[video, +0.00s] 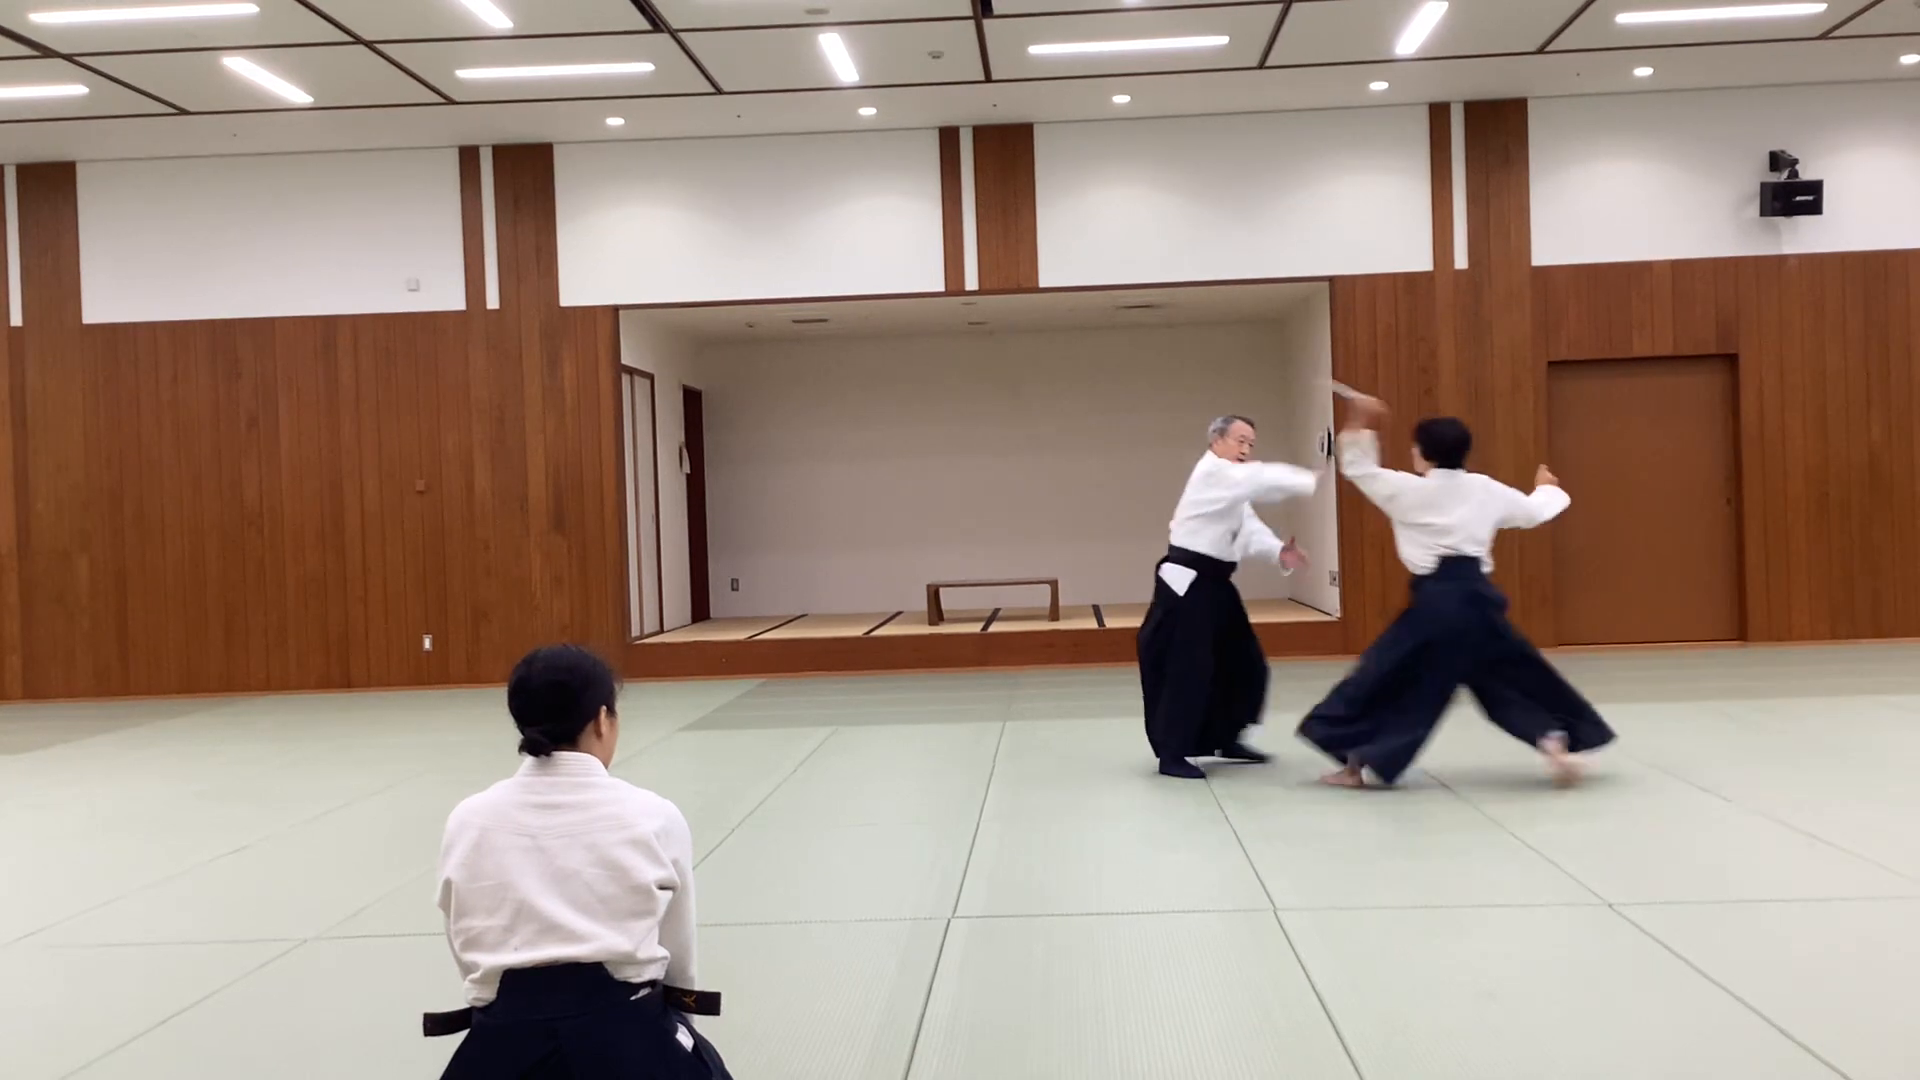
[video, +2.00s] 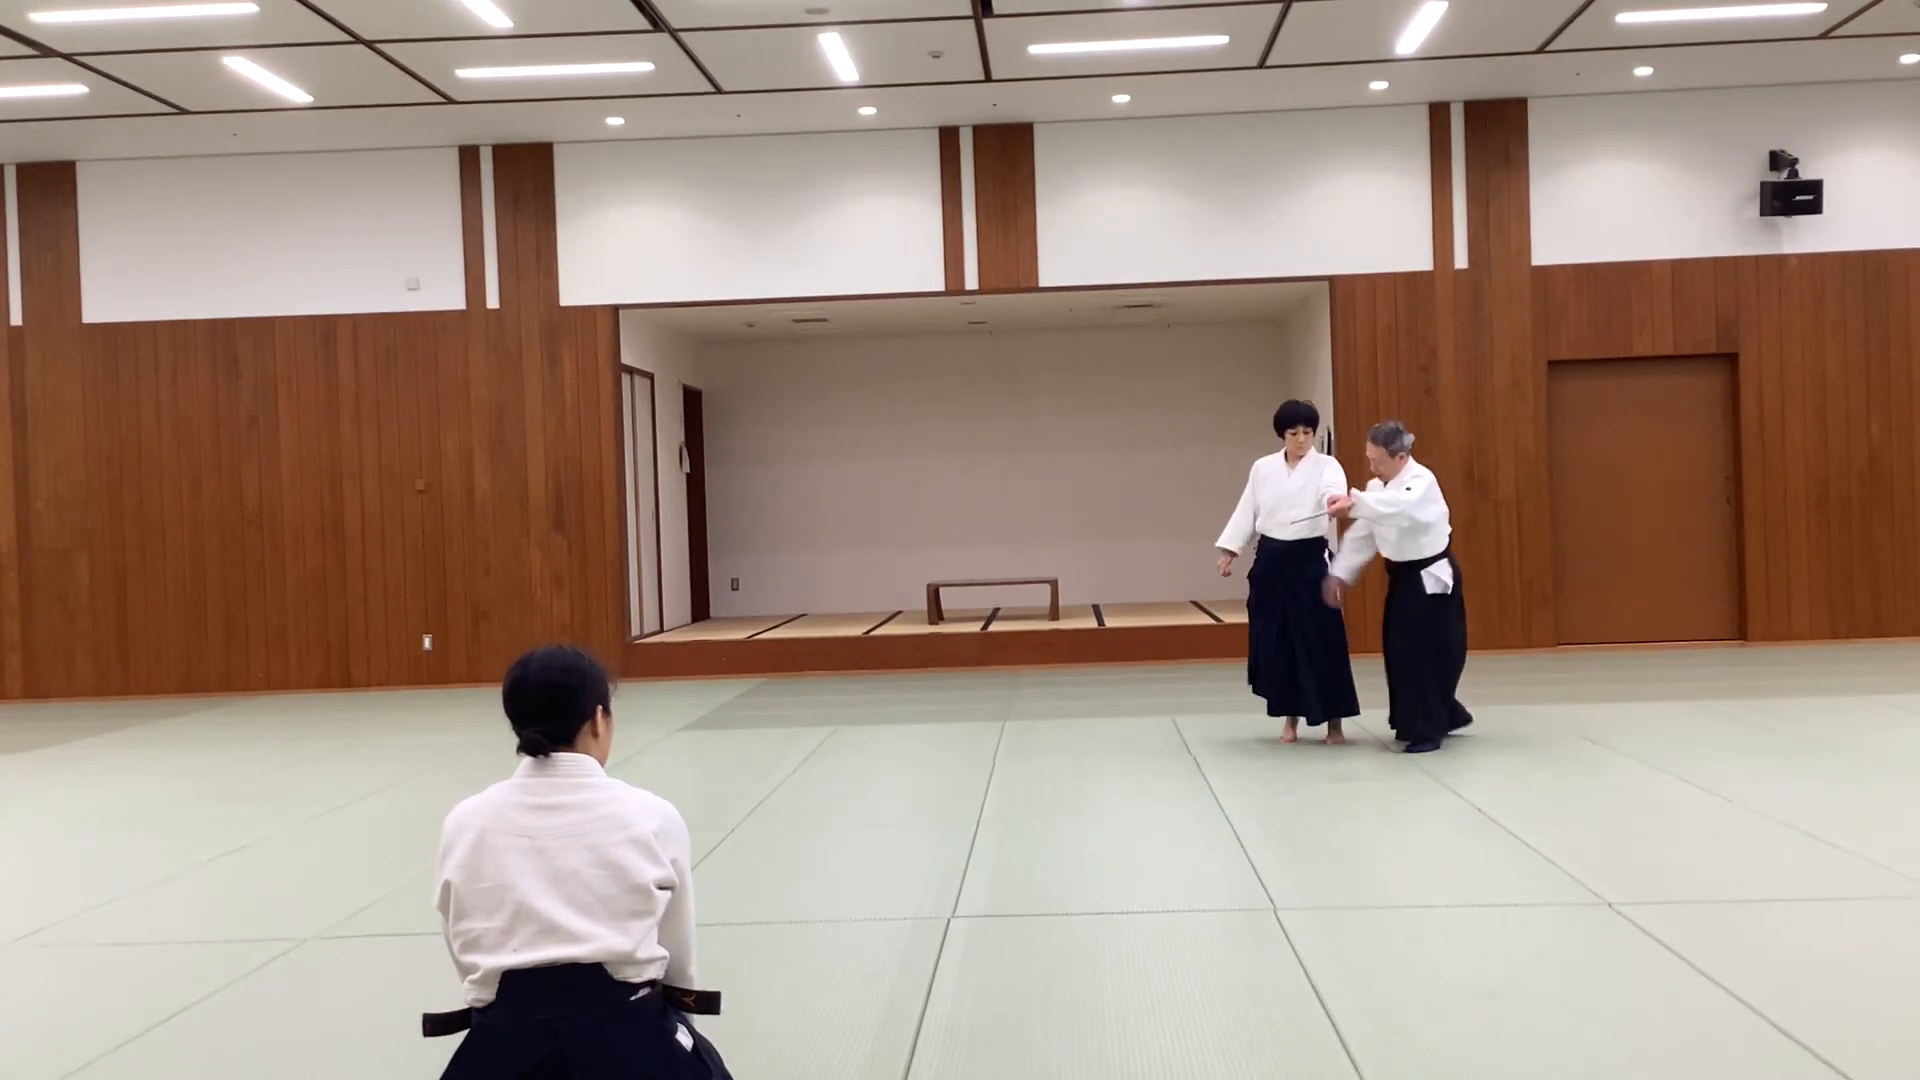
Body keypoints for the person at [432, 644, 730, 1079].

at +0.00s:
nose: (615, 726)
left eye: (615, 713)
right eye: (615, 714)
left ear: (524, 723)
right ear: (601, 722)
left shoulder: (467, 821)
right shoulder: (654, 817)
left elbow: (467, 956)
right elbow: (679, 966)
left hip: (503, 1047)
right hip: (628, 1044)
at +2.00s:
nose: (610, 729)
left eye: (610, 715)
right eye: (610, 716)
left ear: (519, 725)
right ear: (598, 721)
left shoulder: (465, 823)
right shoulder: (653, 817)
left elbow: (466, 960)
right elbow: (678, 967)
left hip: (503, 1049)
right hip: (629, 1045)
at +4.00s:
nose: (609, 727)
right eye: (608, 716)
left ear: (518, 726)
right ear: (597, 721)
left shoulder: (465, 823)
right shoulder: (652, 816)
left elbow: (464, 958)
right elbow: (678, 962)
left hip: (503, 1049)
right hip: (629, 1045)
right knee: (697, 1048)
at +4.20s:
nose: (610, 727)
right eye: (610, 715)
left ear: (518, 725)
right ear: (598, 721)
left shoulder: (465, 823)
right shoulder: (652, 817)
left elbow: (464, 958)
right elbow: (678, 963)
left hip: (503, 1049)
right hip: (630, 1045)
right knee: (698, 1049)